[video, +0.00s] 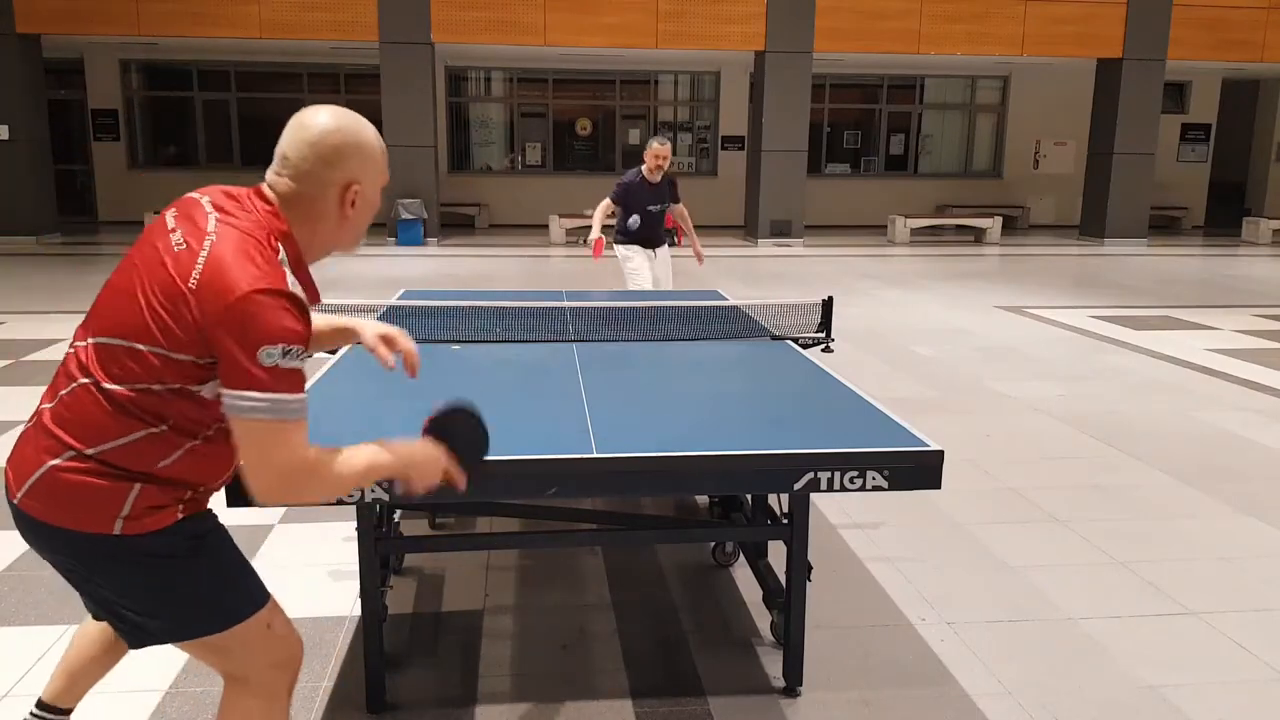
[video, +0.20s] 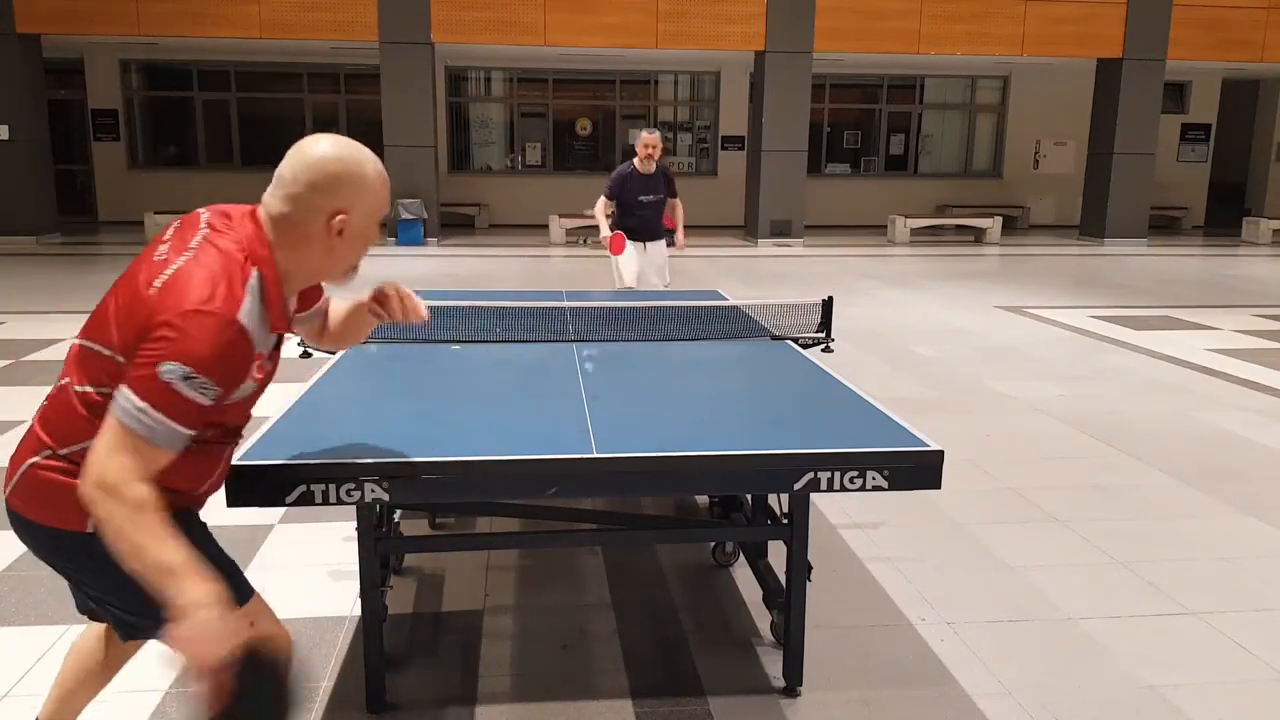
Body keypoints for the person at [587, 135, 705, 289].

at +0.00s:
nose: (660, 163)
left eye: (665, 158)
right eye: (656, 157)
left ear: (670, 160)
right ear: (645, 156)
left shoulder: (668, 182)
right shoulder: (630, 182)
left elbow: (679, 212)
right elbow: (604, 207)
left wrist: (695, 244)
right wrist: (595, 232)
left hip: (658, 246)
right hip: (630, 246)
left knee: (664, 296)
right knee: (643, 295)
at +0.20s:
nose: (650, 152)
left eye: (654, 147)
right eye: (645, 147)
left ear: (660, 149)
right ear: (637, 148)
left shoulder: (664, 174)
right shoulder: (622, 174)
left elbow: (675, 203)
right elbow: (600, 205)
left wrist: (679, 231)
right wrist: (604, 230)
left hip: (656, 243)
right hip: (626, 243)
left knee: (658, 291)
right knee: (627, 291)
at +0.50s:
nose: (634, 147)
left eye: (639, 143)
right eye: (630, 142)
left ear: (645, 146)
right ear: (621, 145)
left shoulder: (648, 171)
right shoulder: (609, 173)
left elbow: (653, 201)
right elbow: (593, 210)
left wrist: (657, 232)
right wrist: (599, 241)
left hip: (641, 243)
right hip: (611, 246)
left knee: (649, 291)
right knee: (606, 298)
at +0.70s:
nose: (638, 146)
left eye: (642, 141)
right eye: (634, 140)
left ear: (647, 143)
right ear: (624, 141)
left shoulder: (647, 166)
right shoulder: (610, 169)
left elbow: (649, 196)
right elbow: (590, 204)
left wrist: (654, 228)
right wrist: (601, 235)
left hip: (638, 238)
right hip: (608, 239)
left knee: (647, 283)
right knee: (602, 290)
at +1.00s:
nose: (649, 161)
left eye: (653, 157)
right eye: (645, 155)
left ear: (658, 158)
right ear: (635, 154)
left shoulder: (653, 175)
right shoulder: (621, 179)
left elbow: (655, 204)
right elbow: (606, 217)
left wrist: (664, 239)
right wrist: (628, 246)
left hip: (641, 239)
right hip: (615, 239)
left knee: (649, 285)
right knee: (620, 283)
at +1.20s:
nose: (649, 181)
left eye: (654, 177)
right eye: (646, 175)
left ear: (658, 175)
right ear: (635, 165)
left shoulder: (646, 184)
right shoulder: (618, 189)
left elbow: (643, 213)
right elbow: (617, 233)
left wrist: (656, 236)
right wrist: (645, 231)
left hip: (633, 239)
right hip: (608, 241)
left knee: (642, 286)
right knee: (625, 289)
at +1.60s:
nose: (632, 163)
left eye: (637, 159)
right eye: (629, 158)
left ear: (642, 157)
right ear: (619, 151)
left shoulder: (635, 171)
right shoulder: (602, 173)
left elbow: (643, 187)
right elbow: (578, 195)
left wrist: (665, 203)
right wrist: (551, 220)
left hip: (632, 237)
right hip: (606, 238)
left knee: (638, 287)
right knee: (614, 290)